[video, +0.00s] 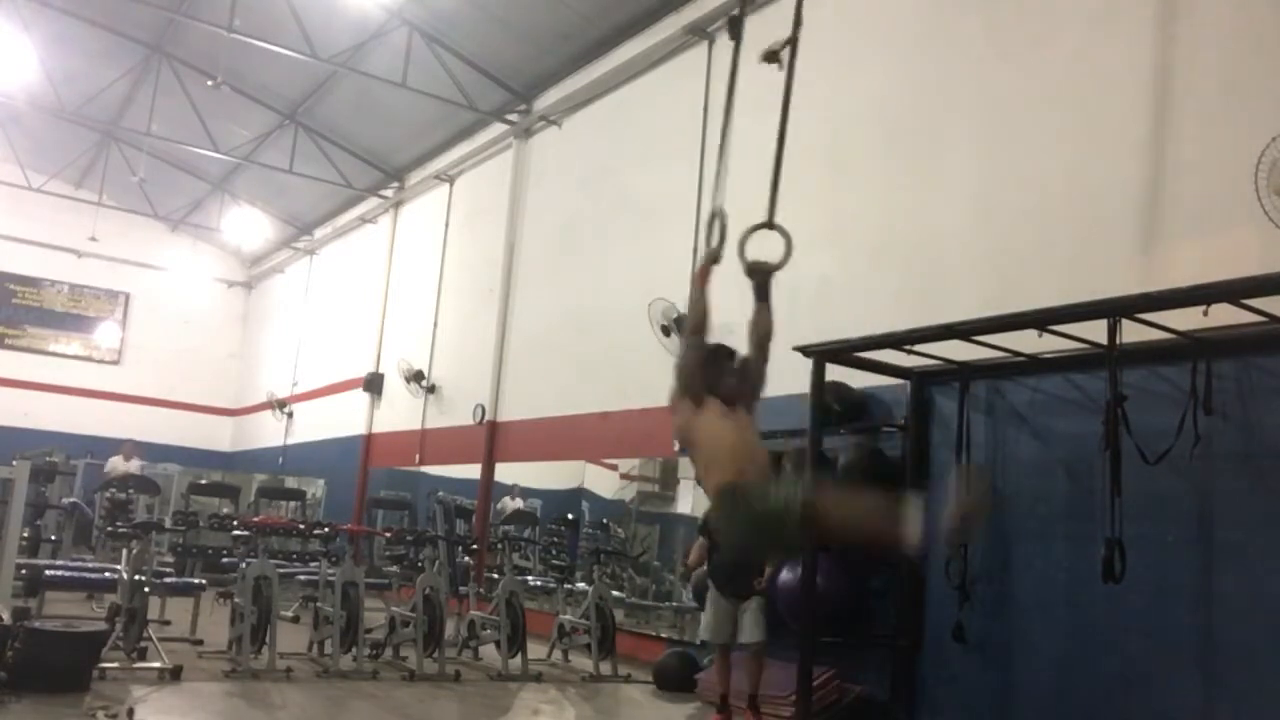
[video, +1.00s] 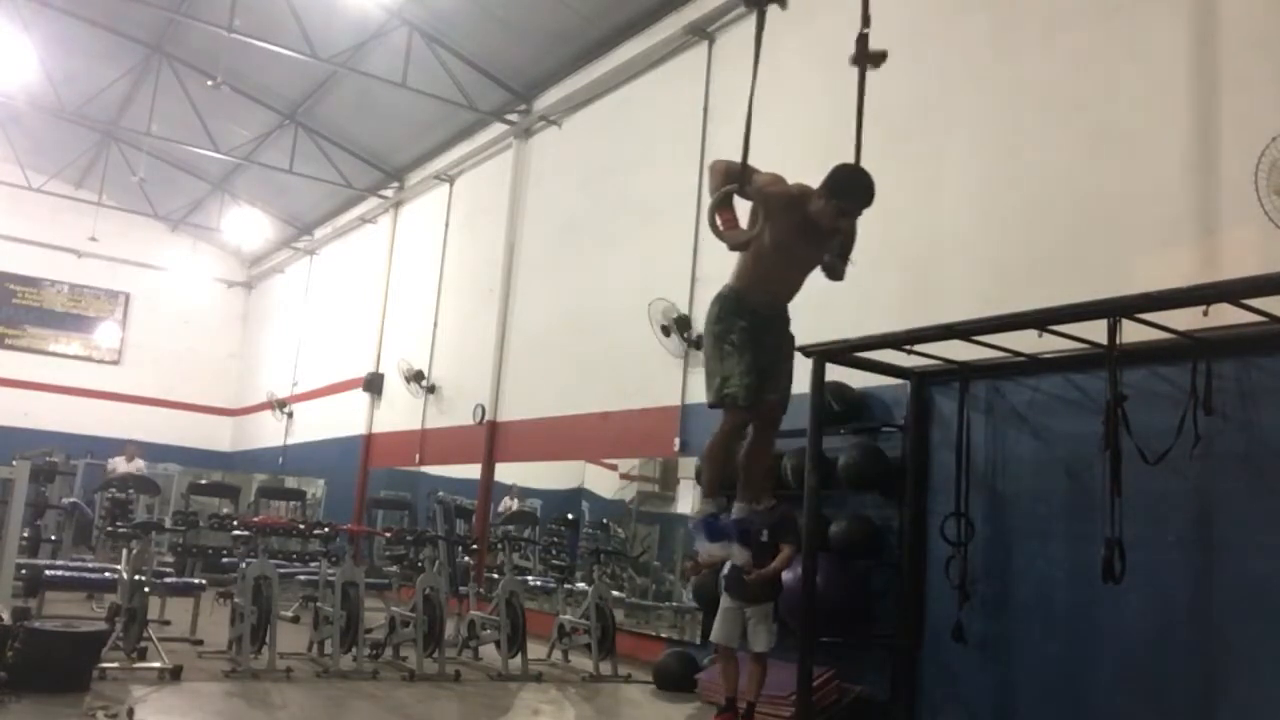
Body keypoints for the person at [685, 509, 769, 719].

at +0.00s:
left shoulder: (756, 518)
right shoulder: (713, 516)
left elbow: (772, 550)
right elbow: (702, 545)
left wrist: (766, 576)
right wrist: (693, 562)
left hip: (753, 587)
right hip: (720, 586)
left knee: (756, 648)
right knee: (722, 648)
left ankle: (752, 704)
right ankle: (723, 705)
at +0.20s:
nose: (727, 490)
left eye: (733, 485)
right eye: (724, 485)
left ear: (746, 487)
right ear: (719, 486)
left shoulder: (763, 516)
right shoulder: (715, 515)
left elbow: (774, 551)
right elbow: (704, 547)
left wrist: (767, 579)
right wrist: (693, 572)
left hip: (752, 592)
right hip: (720, 591)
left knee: (751, 650)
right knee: (721, 650)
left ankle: (751, 707)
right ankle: (723, 705)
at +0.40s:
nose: (734, 488)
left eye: (740, 483)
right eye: (731, 483)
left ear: (752, 485)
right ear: (727, 486)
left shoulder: (768, 515)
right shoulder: (723, 514)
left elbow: (778, 552)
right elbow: (710, 547)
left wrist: (770, 583)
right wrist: (695, 571)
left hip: (755, 594)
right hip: (724, 591)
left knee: (752, 653)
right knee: (724, 650)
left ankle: (748, 710)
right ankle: (724, 705)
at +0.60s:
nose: (741, 486)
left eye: (747, 481)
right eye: (738, 481)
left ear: (759, 483)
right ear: (735, 483)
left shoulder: (773, 515)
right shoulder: (731, 512)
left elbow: (783, 551)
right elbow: (716, 543)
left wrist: (771, 581)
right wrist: (698, 565)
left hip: (758, 594)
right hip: (728, 591)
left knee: (754, 653)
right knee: (722, 648)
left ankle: (749, 708)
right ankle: (723, 699)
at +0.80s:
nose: (746, 486)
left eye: (752, 480)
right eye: (743, 480)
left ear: (764, 484)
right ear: (740, 484)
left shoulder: (777, 516)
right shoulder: (737, 513)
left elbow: (786, 552)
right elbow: (721, 547)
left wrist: (769, 577)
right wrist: (701, 559)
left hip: (762, 593)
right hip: (732, 588)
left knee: (758, 653)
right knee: (720, 644)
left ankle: (750, 708)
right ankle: (725, 696)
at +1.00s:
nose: (749, 488)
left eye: (756, 480)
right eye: (747, 480)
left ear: (768, 485)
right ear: (742, 484)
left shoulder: (781, 514)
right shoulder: (738, 512)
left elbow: (788, 550)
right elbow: (726, 549)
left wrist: (764, 573)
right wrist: (703, 563)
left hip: (762, 593)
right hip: (732, 589)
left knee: (758, 653)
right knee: (724, 648)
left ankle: (749, 710)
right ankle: (729, 706)